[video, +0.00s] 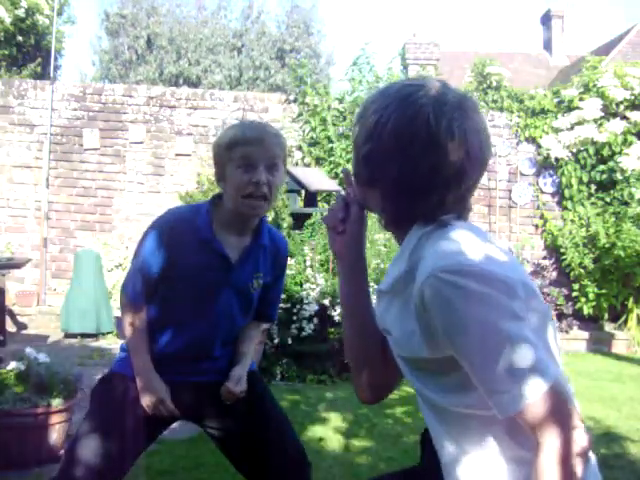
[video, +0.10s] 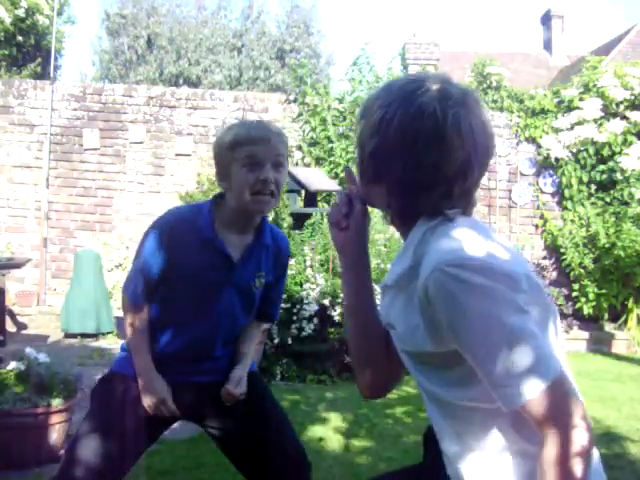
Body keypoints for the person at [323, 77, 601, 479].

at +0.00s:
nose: (353, 166)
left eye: (359, 152)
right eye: (358, 152)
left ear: (375, 173)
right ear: (469, 170)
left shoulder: (451, 272)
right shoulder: (420, 255)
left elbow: (559, 432)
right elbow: (372, 385)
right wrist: (349, 256)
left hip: (517, 472)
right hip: (473, 465)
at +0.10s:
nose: (357, 159)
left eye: (363, 146)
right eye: (362, 146)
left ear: (379, 168)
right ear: (469, 168)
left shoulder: (455, 268)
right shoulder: (423, 254)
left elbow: (566, 427)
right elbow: (375, 381)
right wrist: (352, 254)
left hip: (522, 472)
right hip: (474, 466)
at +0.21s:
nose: (359, 161)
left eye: (365, 146)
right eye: (364, 146)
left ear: (377, 169)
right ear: (467, 168)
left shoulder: (453, 262)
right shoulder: (425, 249)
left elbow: (569, 417)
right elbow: (375, 375)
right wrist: (354, 246)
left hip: (525, 471)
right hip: (480, 465)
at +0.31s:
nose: (361, 161)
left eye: (366, 145)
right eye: (365, 145)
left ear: (381, 165)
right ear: (463, 166)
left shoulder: (451, 261)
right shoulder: (425, 248)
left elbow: (568, 418)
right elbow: (376, 374)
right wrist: (354, 246)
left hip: (527, 471)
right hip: (484, 465)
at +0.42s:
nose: (352, 148)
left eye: (363, 137)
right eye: (359, 137)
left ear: (403, 154)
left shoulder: (456, 260)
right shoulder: (422, 251)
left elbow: (569, 422)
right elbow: (378, 378)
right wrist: (349, 253)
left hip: (524, 471)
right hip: (479, 464)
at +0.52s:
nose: (370, 141)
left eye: (399, 132)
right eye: (368, 128)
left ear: (447, 174)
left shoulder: (467, 264)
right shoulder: (403, 248)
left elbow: (573, 422)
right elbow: (373, 385)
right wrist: (344, 260)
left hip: (527, 471)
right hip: (465, 464)